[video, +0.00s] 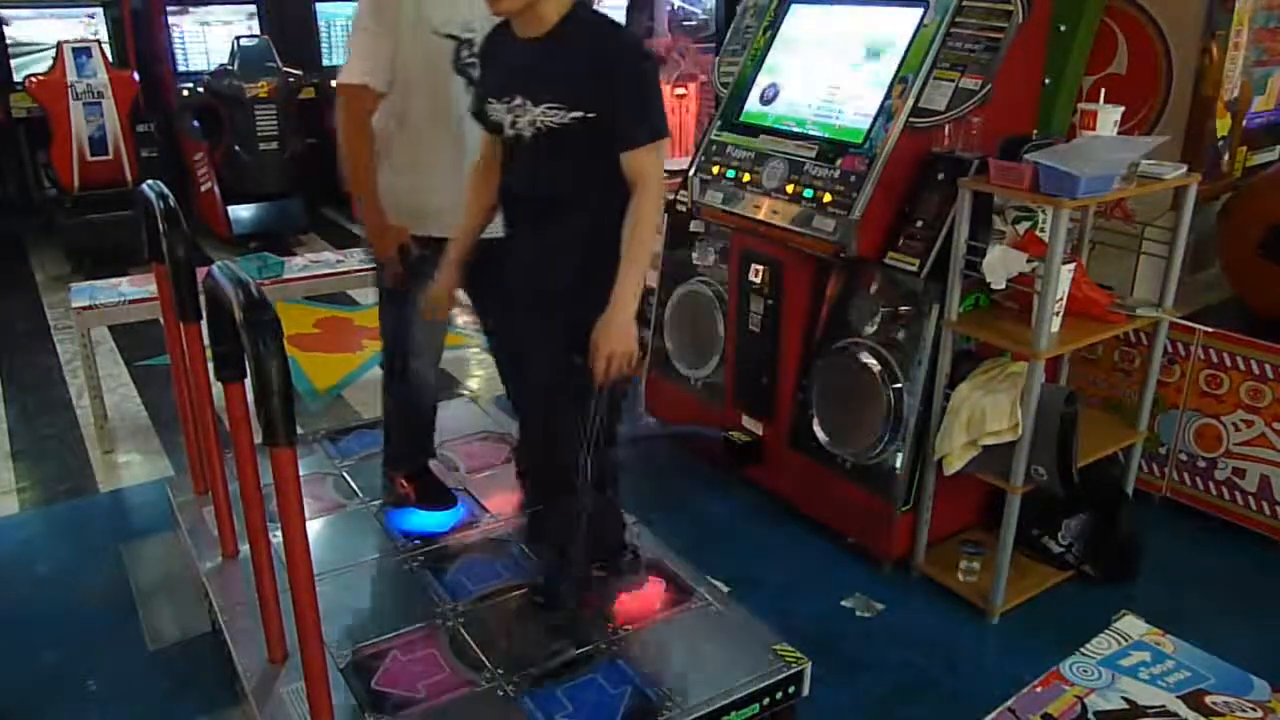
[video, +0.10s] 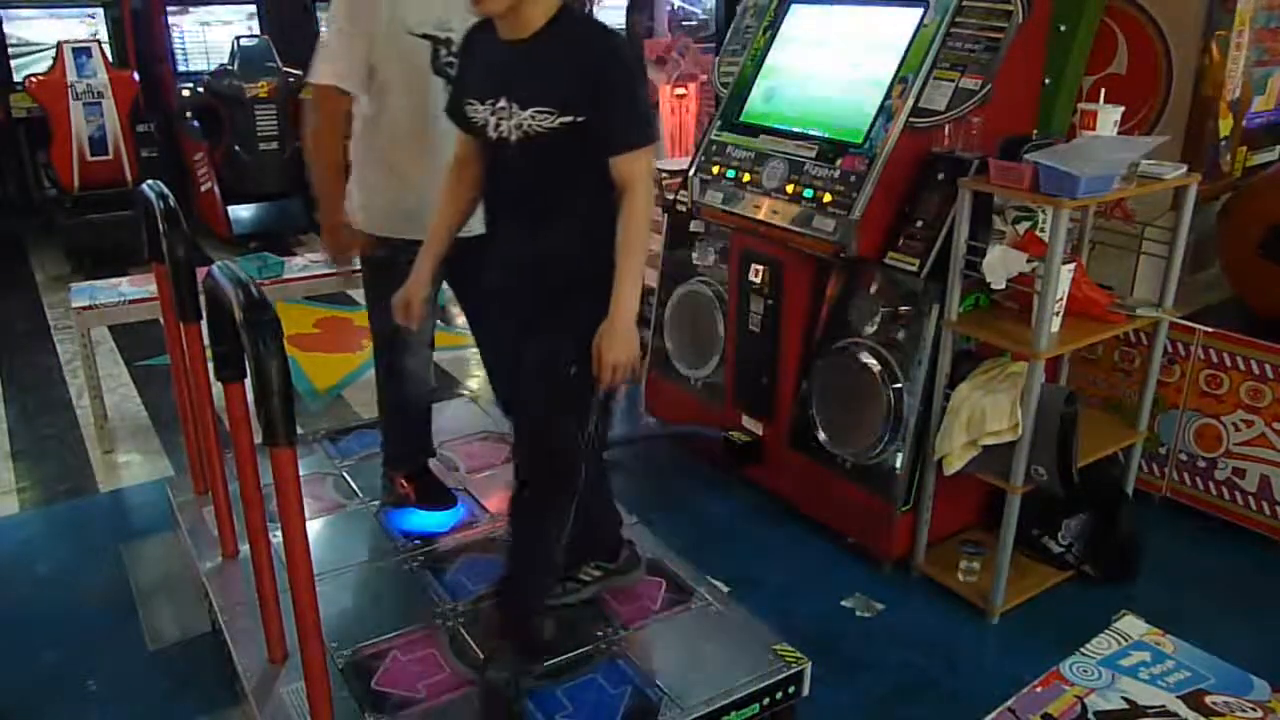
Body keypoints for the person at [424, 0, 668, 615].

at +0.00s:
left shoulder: (615, 53)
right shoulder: (499, 48)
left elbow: (649, 189)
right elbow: (490, 165)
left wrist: (623, 311)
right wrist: (453, 265)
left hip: (594, 284)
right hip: (524, 277)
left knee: (564, 452)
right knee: (553, 431)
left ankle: (566, 600)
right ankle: (604, 548)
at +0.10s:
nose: (474, 0)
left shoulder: (603, 53)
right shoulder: (480, 44)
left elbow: (638, 190)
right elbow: (468, 163)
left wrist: (624, 314)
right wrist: (425, 266)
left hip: (583, 285)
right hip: (504, 279)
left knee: (546, 457)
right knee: (554, 425)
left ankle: (520, 623)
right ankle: (600, 542)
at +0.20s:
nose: (462, 4)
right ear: (464, 0)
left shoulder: (596, 62)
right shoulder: (463, 47)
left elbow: (626, 204)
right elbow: (448, 171)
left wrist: (625, 325)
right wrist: (407, 270)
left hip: (571, 296)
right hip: (489, 292)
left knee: (529, 470)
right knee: (535, 431)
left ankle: (505, 641)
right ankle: (596, 540)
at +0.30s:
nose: (449, 2)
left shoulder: (588, 72)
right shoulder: (443, 50)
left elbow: (615, 213)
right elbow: (433, 174)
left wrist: (623, 338)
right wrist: (391, 281)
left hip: (552, 315)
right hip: (470, 309)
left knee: (523, 479)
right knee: (489, 444)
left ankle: (504, 647)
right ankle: (585, 532)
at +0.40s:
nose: (436, 0)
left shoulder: (576, 70)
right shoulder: (423, 49)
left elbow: (606, 214)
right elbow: (418, 166)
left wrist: (613, 344)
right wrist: (380, 277)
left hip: (539, 321)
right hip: (452, 313)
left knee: (514, 502)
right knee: (460, 458)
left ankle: (499, 654)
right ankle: (557, 529)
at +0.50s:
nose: (425, 4)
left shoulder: (570, 70)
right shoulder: (408, 45)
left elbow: (599, 216)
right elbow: (395, 166)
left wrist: (600, 346)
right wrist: (357, 267)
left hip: (531, 325)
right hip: (436, 319)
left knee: (514, 505)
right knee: (436, 481)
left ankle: (501, 661)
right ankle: (529, 541)